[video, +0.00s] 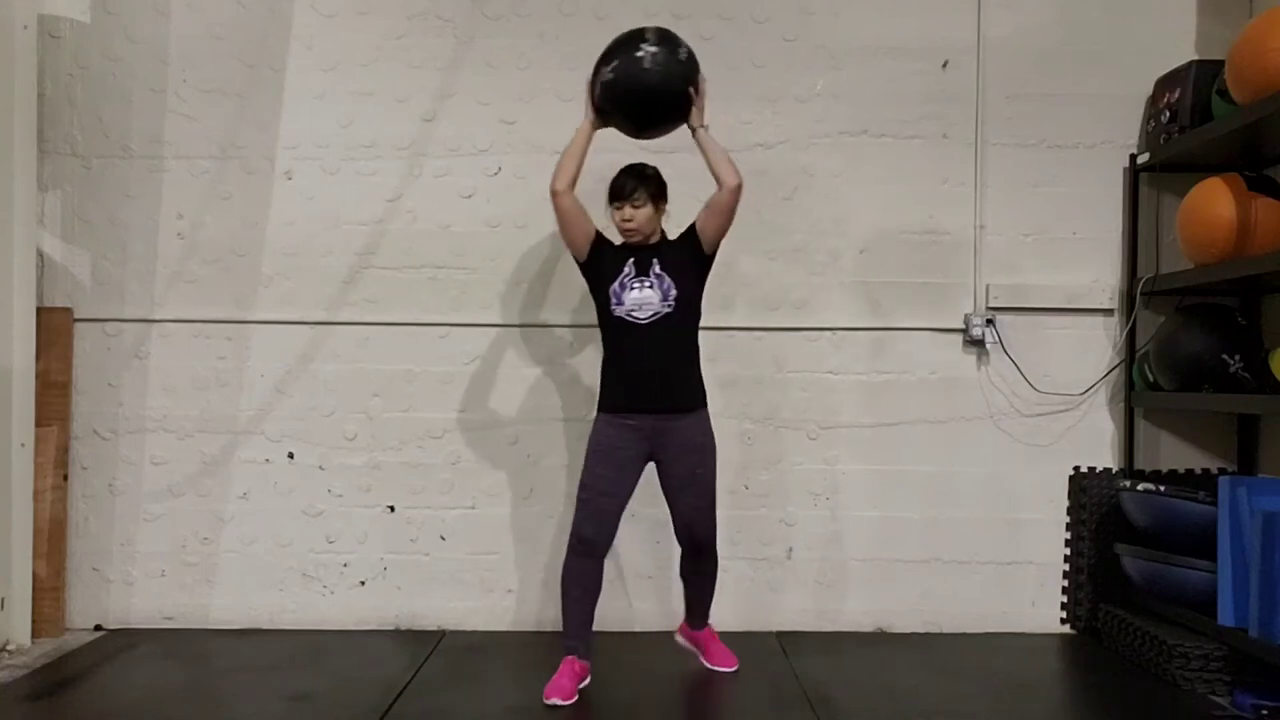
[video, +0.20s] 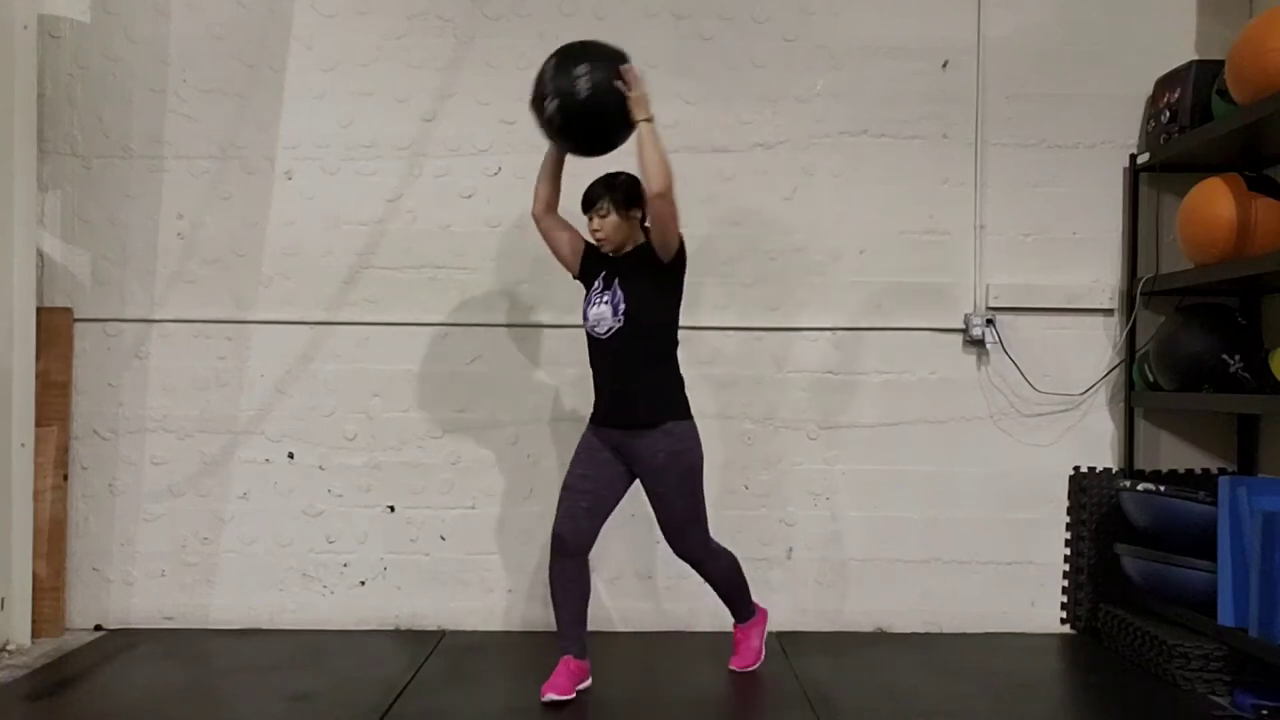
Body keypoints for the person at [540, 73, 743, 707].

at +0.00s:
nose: (625, 212)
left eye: (636, 202)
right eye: (618, 204)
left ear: (661, 207)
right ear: (612, 212)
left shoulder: (690, 254)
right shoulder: (602, 261)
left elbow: (731, 189)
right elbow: (561, 191)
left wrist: (699, 127)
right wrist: (590, 120)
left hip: (685, 423)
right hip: (618, 424)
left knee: (700, 538)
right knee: (588, 539)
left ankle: (696, 627)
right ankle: (576, 655)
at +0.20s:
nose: (594, 229)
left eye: (603, 217)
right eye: (591, 218)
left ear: (636, 214)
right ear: (590, 222)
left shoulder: (663, 261)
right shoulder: (593, 267)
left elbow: (660, 192)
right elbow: (545, 213)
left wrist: (641, 113)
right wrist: (560, 139)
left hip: (665, 435)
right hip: (605, 435)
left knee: (691, 544)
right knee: (568, 542)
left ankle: (749, 619)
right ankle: (573, 658)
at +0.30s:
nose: (595, 238)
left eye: (604, 227)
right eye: (589, 228)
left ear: (626, 228)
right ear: (578, 235)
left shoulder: (650, 275)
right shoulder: (589, 281)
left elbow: (614, 228)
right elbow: (531, 242)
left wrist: (589, 141)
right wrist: (528, 169)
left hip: (666, 447)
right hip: (611, 447)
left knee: (687, 558)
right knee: (566, 544)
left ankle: (752, 621)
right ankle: (573, 658)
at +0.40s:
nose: (580, 268)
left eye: (588, 257)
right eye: (575, 260)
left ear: (619, 252)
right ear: (575, 260)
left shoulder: (644, 302)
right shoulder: (589, 303)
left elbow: (585, 317)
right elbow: (521, 330)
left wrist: (537, 256)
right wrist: (499, 276)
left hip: (672, 465)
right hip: (620, 463)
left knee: (682, 582)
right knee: (565, 543)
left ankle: (753, 622)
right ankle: (574, 659)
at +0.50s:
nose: (562, 300)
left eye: (571, 289)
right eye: (557, 290)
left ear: (602, 288)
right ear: (557, 293)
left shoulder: (633, 348)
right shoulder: (569, 354)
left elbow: (607, 429)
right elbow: (551, 429)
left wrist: (541, 459)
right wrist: (507, 451)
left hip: (675, 486)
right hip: (622, 482)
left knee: (679, 606)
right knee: (564, 549)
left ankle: (750, 622)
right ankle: (574, 661)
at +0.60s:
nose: (544, 328)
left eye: (553, 317)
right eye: (541, 318)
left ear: (586, 317)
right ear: (545, 321)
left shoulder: (620, 378)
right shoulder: (559, 383)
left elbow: (629, 473)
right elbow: (564, 456)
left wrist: (612, 554)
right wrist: (548, 531)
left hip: (671, 501)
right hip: (616, 494)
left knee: (679, 625)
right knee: (558, 551)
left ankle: (746, 621)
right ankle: (573, 663)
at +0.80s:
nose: (528, 321)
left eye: (536, 310)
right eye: (525, 311)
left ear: (569, 310)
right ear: (556, 312)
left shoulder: (608, 372)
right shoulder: (548, 378)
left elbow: (616, 469)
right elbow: (547, 458)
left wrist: (572, 534)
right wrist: (504, 519)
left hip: (667, 498)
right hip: (616, 493)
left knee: (672, 615)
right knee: (556, 545)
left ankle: (750, 621)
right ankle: (574, 662)